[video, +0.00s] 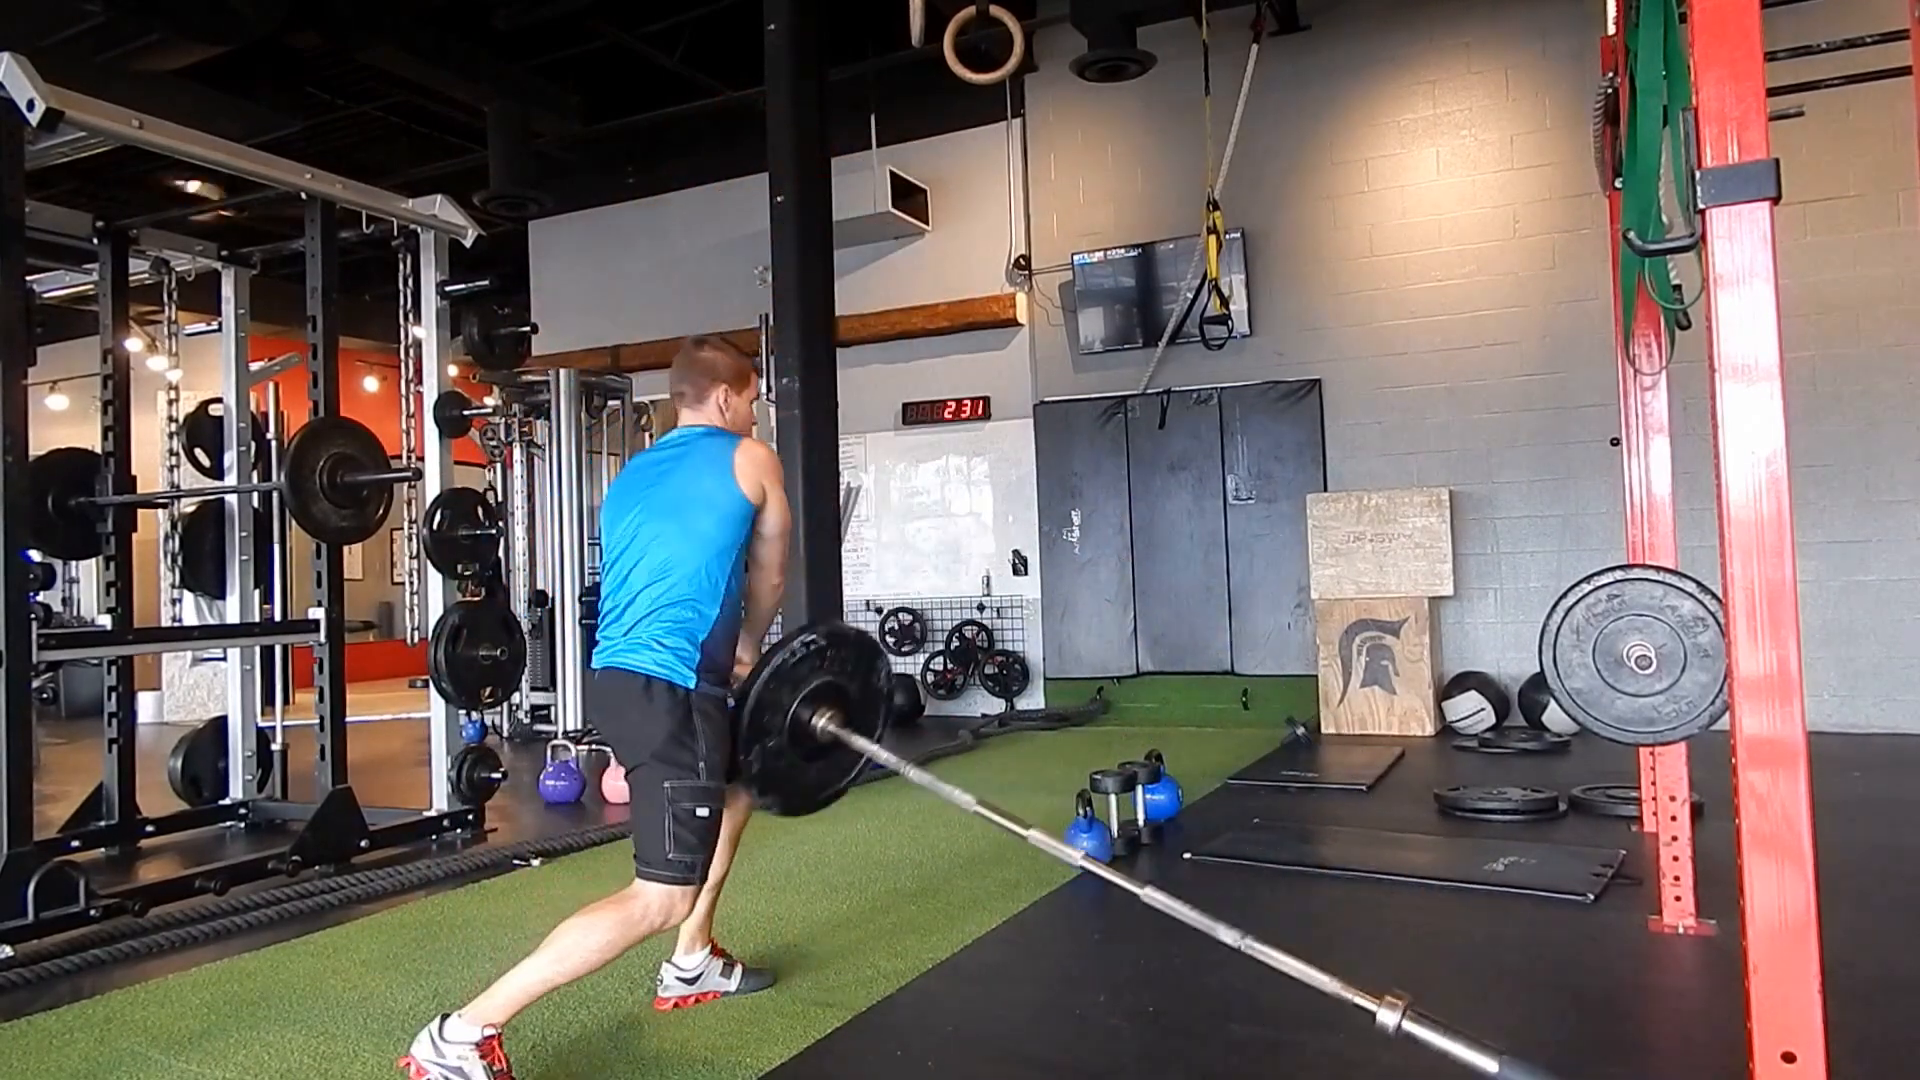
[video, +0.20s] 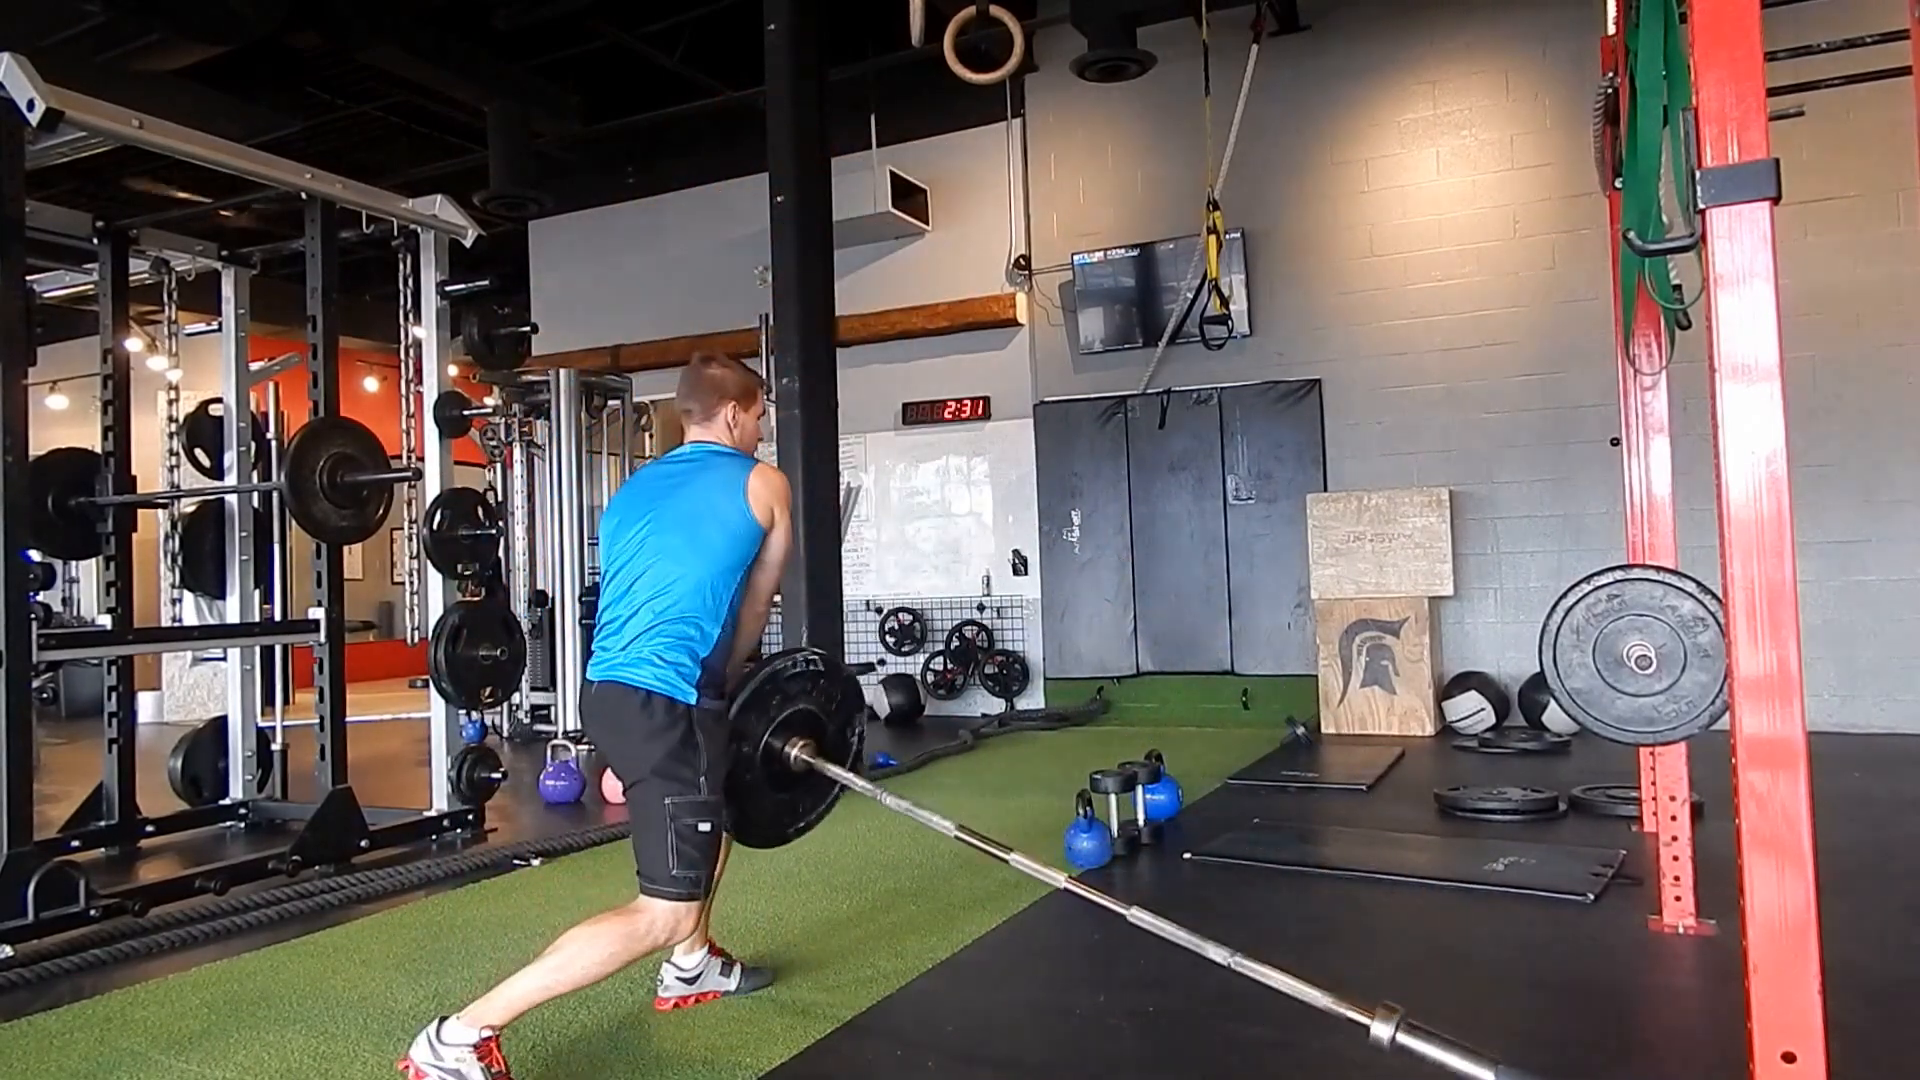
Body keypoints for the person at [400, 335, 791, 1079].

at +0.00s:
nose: (753, 413)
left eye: (752, 401)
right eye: (750, 401)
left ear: (681, 400)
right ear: (726, 399)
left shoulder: (628, 475)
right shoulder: (751, 458)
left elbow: (631, 586)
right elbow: (767, 584)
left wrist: (722, 649)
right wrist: (746, 643)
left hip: (613, 679)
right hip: (668, 688)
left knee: (736, 788)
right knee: (662, 895)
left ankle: (693, 959)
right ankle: (464, 1030)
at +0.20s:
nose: (762, 427)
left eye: (761, 414)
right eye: (758, 414)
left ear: (687, 418)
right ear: (733, 415)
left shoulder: (629, 489)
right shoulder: (764, 483)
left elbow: (618, 595)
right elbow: (754, 608)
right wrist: (724, 681)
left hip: (608, 691)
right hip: (664, 700)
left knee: (714, 800)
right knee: (668, 914)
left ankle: (692, 962)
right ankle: (457, 1034)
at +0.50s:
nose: (718, 364)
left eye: (717, 351)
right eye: (711, 350)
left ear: (650, 352)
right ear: (672, 347)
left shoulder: (615, 427)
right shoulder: (690, 404)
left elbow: (669, 555)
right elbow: (775, 506)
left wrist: (766, 556)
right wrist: (757, 543)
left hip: (662, 660)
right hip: (637, 664)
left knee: (729, 781)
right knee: (641, 862)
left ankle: (690, 961)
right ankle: (459, 1033)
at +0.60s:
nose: (708, 333)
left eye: (705, 320)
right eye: (697, 317)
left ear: (645, 324)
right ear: (649, 319)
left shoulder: (651, 408)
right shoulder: (640, 371)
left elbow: (711, 510)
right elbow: (770, 428)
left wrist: (814, 469)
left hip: (678, 645)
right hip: (624, 645)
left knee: (727, 788)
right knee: (613, 839)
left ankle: (688, 960)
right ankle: (479, 1029)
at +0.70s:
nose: (702, 316)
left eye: (700, 304)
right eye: (688, 302)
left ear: (654, 309)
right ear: (640, 307)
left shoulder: (677, 401)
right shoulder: (613, 359)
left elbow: (759, 454)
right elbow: (750, 359)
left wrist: (840, 388)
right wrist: (825, 333)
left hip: (688, 633)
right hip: (619, 630)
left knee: (728, 787)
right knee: (595, 824)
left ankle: (684, 961)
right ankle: (498, 1024)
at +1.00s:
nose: (721, 288)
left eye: (720, 279)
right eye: (705, 278)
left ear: (708, 296)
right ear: (657, 296)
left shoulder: (728, 371)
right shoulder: (630, 349)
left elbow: (809, 320)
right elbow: (738, 288)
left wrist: (877, 239)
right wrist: (848, 201)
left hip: (712, 634)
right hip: (627, 633)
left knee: (728, 788)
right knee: (576, 823)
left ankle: (687, 959)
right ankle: (507, 1027)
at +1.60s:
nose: (696, 311)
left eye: (699, 299)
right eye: (678, 299)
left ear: (707, 312)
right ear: (634, 311)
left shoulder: (729, 393)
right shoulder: (598, 385)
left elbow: (809, 343)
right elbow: (661, 299)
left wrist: (817, 239)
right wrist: (742, 198)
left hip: (724, 651)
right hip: (624, 651)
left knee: (737, 805)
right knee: (564, 829)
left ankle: (687, 962)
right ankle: (503, 1027)